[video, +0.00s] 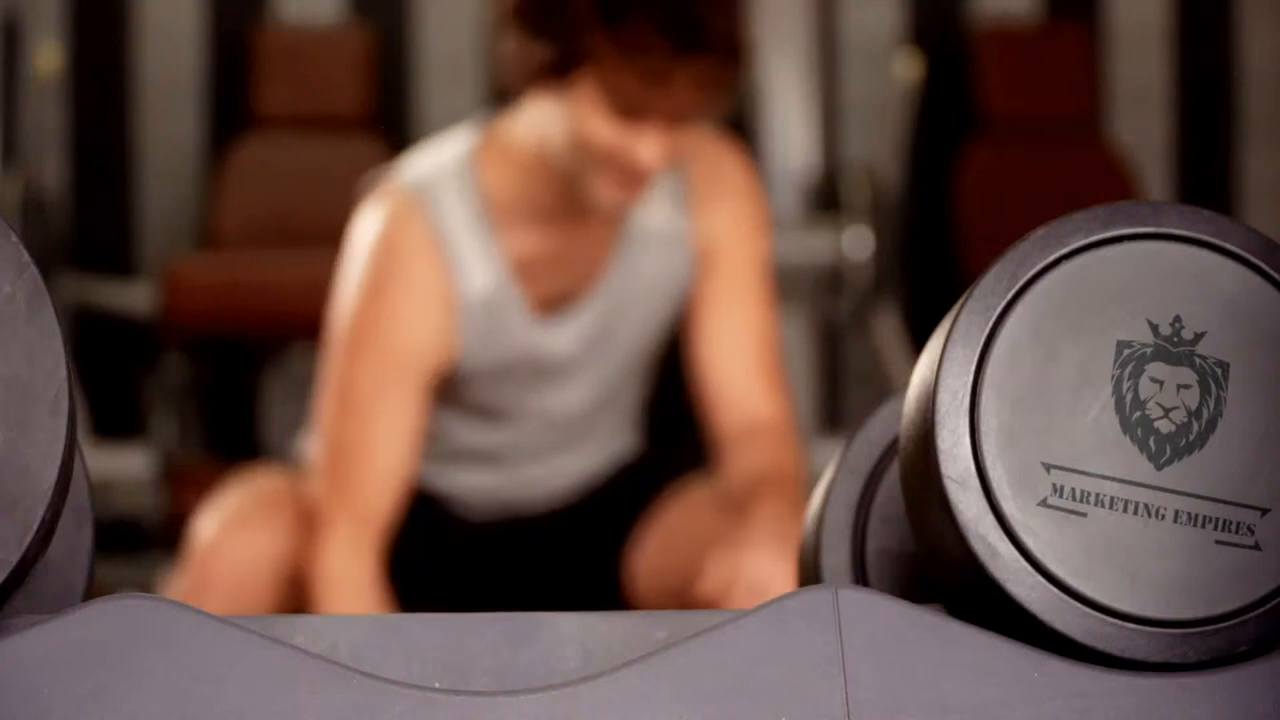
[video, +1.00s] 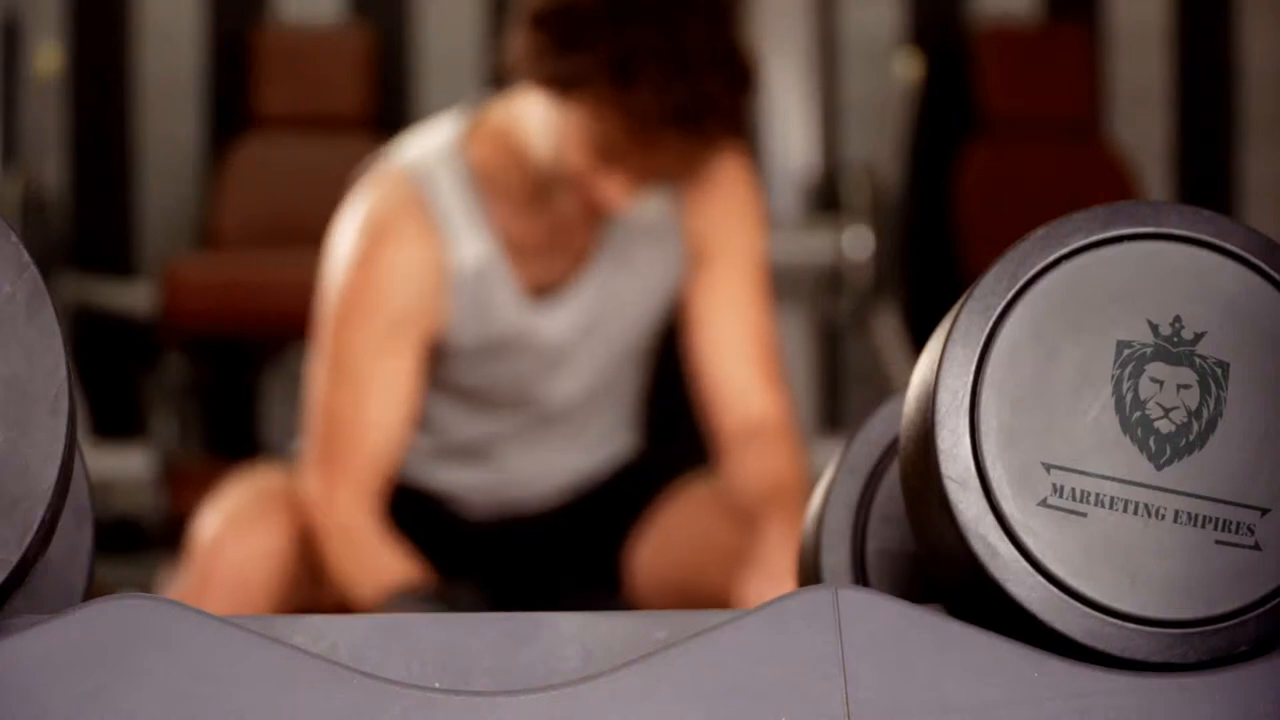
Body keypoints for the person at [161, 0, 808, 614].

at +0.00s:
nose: (651, 154)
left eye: (678, 121)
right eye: (626, 113)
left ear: (704, 107)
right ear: (547, 74)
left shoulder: (710, 182)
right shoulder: (414, 224)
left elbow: (756, 437)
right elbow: (347, 542)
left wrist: (765, 553)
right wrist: (394, 708)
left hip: (600, 523)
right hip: (417, 530)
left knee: (766, 549)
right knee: (243, 530)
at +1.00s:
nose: (622, 199)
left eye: (655, 175)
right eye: (606, 161)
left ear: (695, 146)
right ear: (553, 90)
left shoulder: (705, 175)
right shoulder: (402, 211)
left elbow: (753, 428)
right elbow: (340, 502)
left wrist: (779, 571)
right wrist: (449, 640)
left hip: (602, 515)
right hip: (417, 524)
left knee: (789, 539)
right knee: (245, 524)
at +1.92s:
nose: (588, 189)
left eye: (617, 164)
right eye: (568, 152)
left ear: (653, 126)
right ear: (513, 90)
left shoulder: (675, 170)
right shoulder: (341, 212)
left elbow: (748, 422)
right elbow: (337, 505)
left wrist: (791, 577)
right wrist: (492, 461)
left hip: (599, 522)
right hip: (396, 530)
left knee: (777, 541)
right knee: (238, 533)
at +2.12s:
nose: (600, 180)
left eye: (633, 153)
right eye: (584, 141)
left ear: (672, 119)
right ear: (527, 75)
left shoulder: (692, 171)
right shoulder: (369, 210)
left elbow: (750, 423)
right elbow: (341, 497)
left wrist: (797, 536)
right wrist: (497, 574)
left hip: (607, 512)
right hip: (423, 516)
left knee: (794, 533)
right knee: (241, 528)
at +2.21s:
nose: (605, 182)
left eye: (639, 155)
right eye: (588, 142)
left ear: (676, 122)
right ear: (527, 78)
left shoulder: (698, 174)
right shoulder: (380, 209)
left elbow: (752, 425)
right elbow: (344, 507)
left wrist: (802, 544)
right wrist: (436, 636)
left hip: (605, 512)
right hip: (415, 518)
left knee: (800, 542)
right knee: (241, 529)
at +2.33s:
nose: (613, 190)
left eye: (648, 162)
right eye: (596, 149)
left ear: (685, 130)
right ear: (538, 84)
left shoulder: (703, 176)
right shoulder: (392, 208)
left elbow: (756, 429)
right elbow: (348, 531)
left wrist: (811, 556)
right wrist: (432, 700)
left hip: (603, 520)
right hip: (418, 527)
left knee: (798, 540)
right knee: (246, 529)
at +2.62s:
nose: (617, 206)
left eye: (651, 175)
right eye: (598, 163)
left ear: (687, 145)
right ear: (534, 98)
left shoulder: (701, 180)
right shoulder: (396, 233)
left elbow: (757, 432)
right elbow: (349, 547)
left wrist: (813, 566)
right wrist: (377, 714)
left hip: (602, 524)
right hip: (417, 533)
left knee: (798, 541)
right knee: (241, 532)